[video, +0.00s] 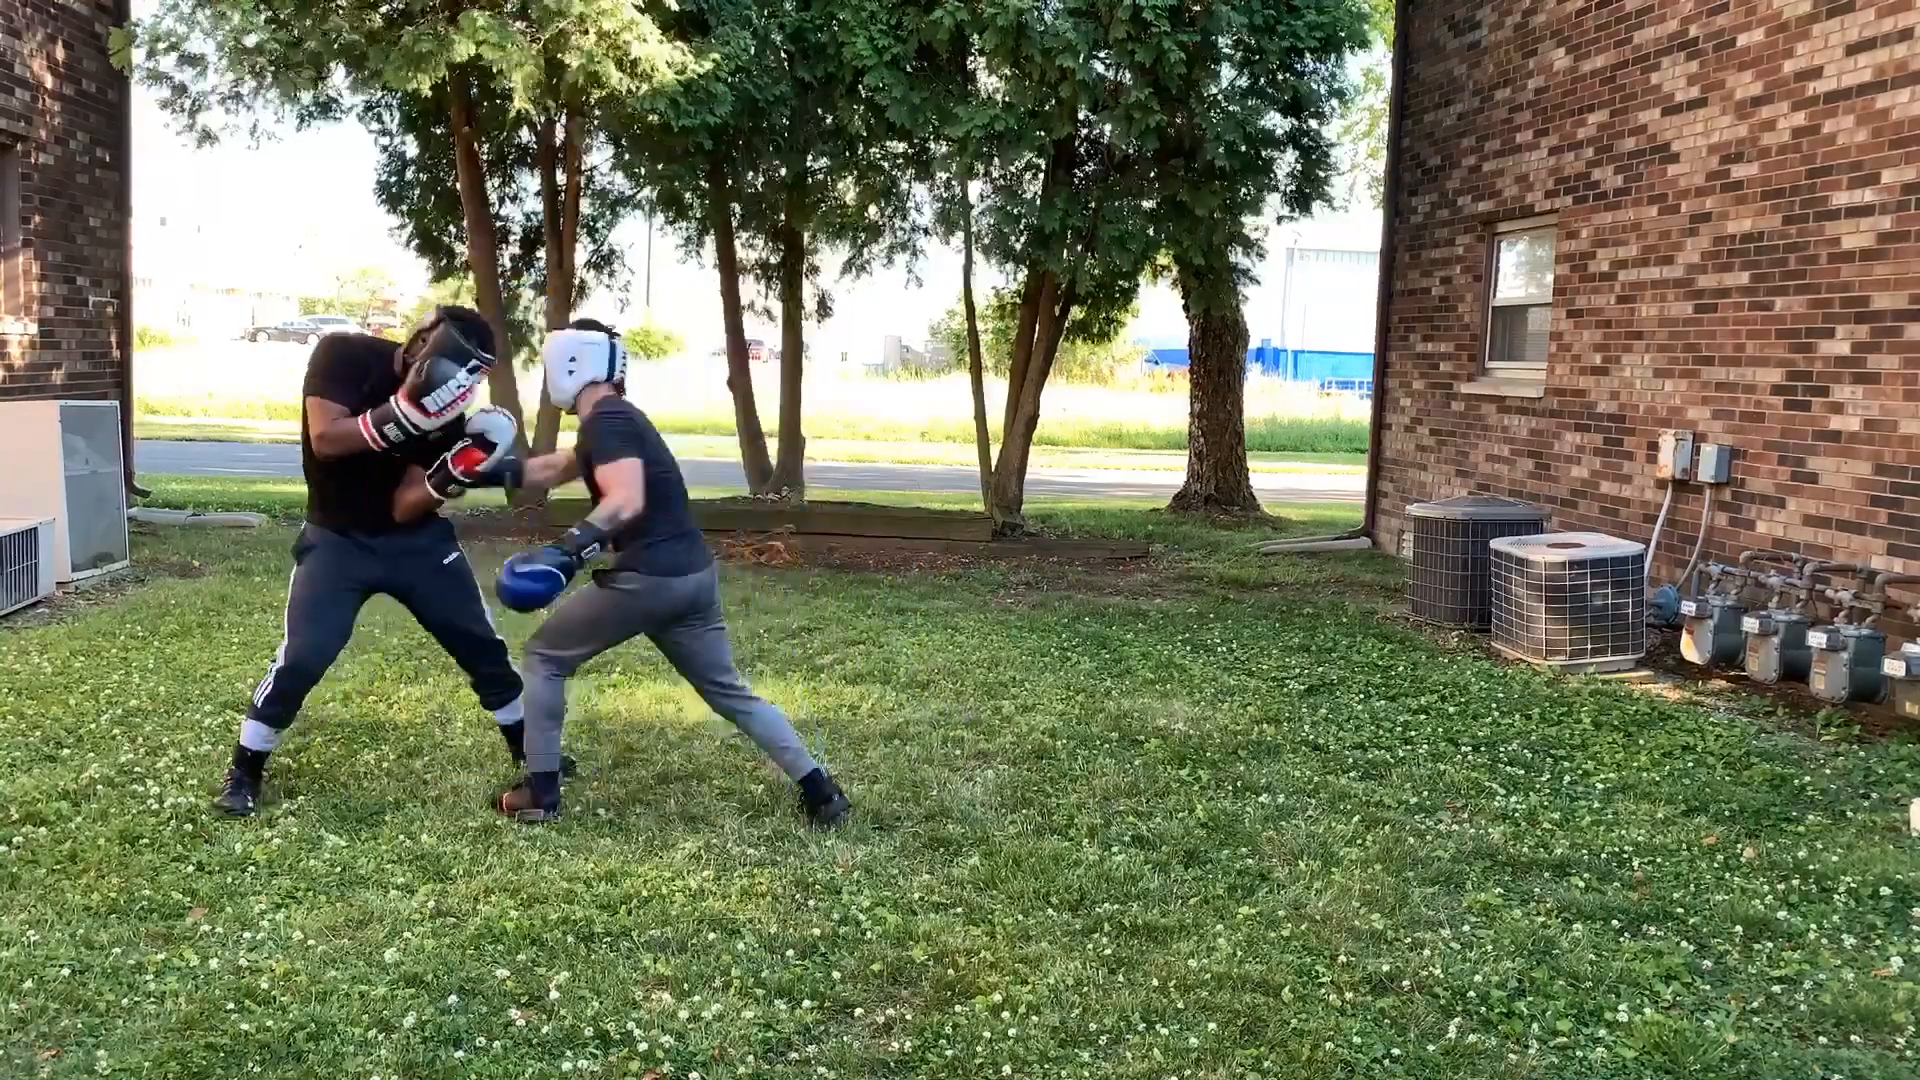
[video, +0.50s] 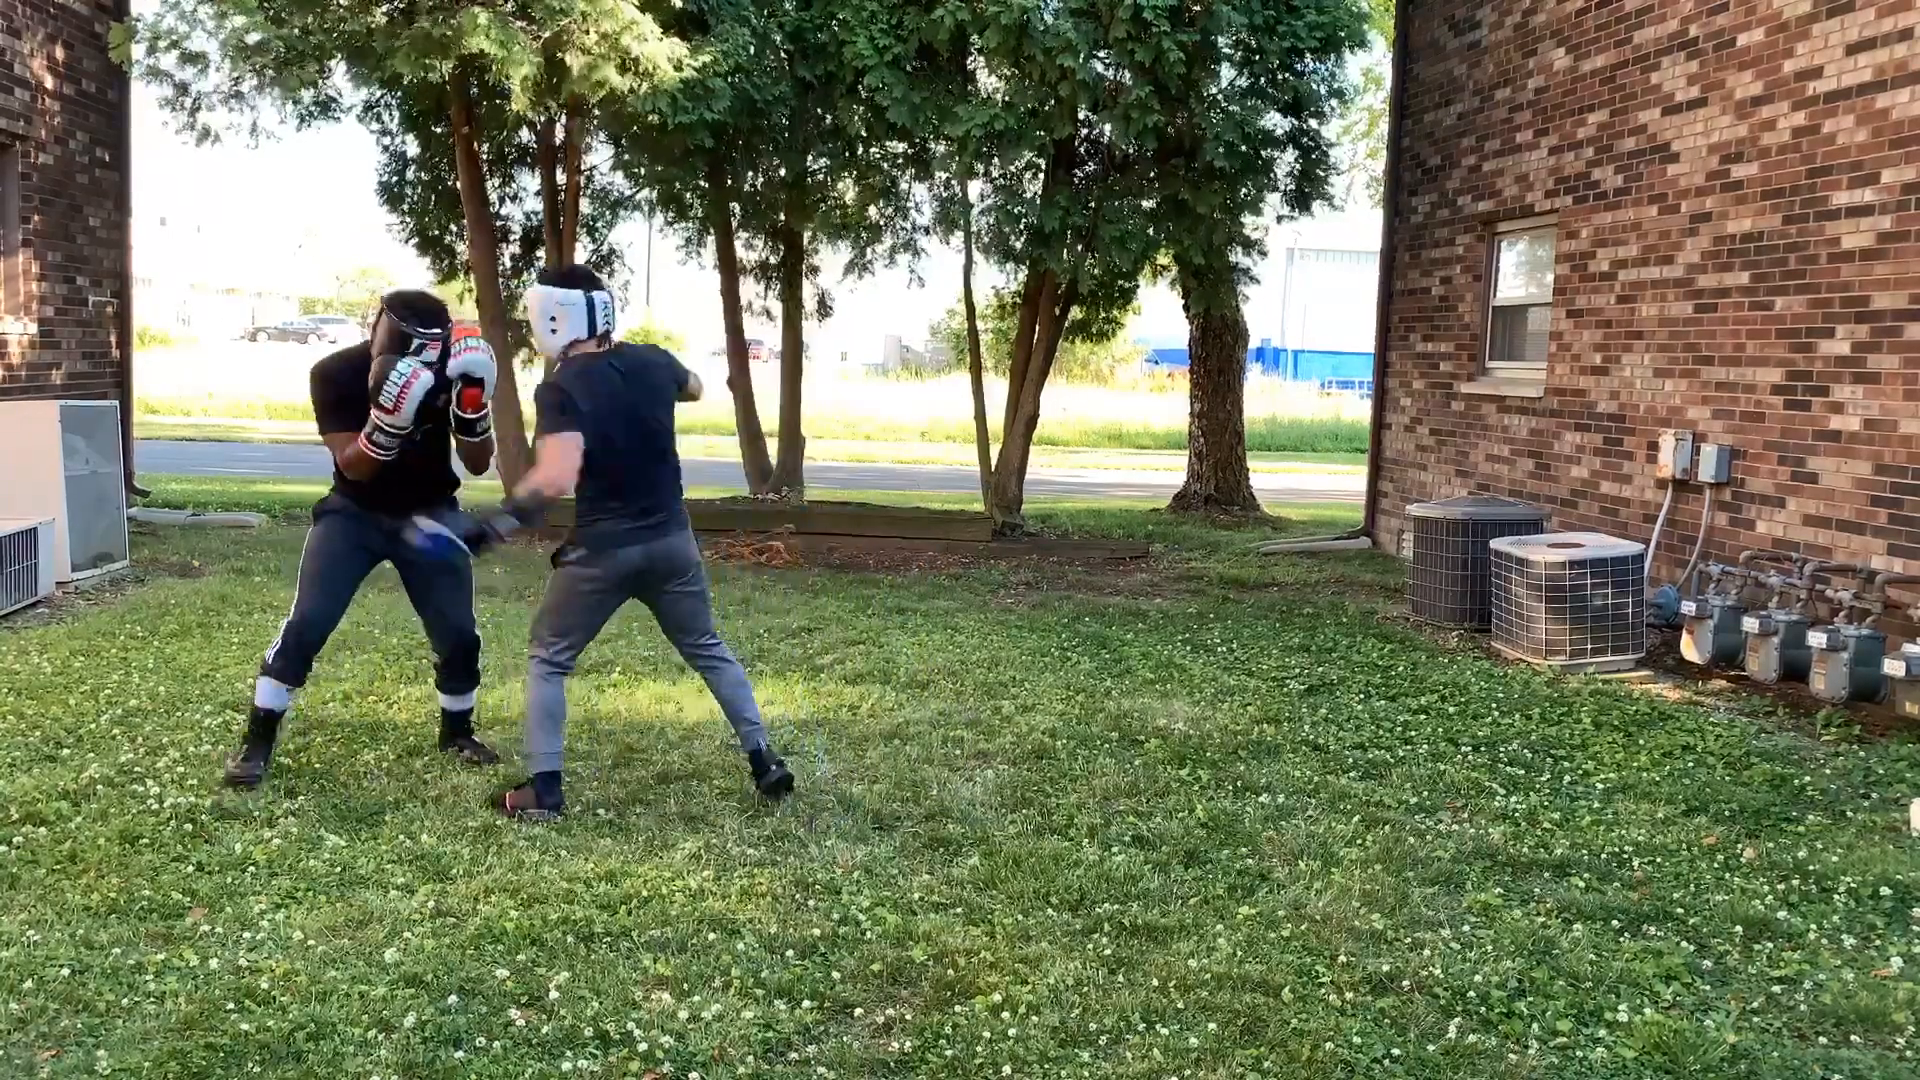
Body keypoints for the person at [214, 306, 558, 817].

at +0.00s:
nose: (442, 388)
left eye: (457, 382)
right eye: (439, 371)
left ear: (470, 381)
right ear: (420, 347)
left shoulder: (451, 417)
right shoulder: (342, 354)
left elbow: (405, 507)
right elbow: (324, 441)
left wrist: (450, 473)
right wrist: (401, 417)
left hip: (422, 545)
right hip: (337, 545)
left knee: (483, 650)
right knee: (304, 659)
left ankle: (533, 760)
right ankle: (246, 769)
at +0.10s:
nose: (434, 389)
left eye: (446, 379)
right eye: (428, 375)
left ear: (459, 372)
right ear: (405, 351)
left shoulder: (444, 395)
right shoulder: (329, 373)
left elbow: (422, 487)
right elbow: (326, 463)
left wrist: (452, 447)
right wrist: (376, 441)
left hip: (409, 539)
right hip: (326, 543)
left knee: (469, 645)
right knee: (296, 659)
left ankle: (515, 746)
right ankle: (245, 769)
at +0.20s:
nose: (440, 393)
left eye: (449, 385)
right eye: (435, 382)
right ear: (408, 359)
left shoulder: (422, 393)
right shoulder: (335, 400)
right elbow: (370, 486)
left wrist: (474, 425)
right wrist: (431, 449)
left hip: (410, 529)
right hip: (331, 536)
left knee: (469, 638)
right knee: (306, 652)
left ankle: (484, 744)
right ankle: (246, 767)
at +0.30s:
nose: (448, 390)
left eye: (459, 382)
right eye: (445, 376)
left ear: (466, 377)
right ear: (423, 352)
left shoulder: (447, 390)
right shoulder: (353, 390)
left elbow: (463, 468)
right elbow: (369, 484)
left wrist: (488, 422)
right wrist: (416, 438)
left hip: (419, 535)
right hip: (343, 532)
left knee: (465, 642)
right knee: (310, 645)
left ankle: (457, 731)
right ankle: (248, 759)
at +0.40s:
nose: (398, 368)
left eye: (413, 358)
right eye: (394, 353)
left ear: (444, 360)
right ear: (385, 344)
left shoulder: (458, 394)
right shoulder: (347, 378)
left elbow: (470, 484)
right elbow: (369, 471)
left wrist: (473, 424)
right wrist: (409, 421)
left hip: (430, 533)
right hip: (353, 529)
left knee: (462, 642)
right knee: (311, 634)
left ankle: (457, 734)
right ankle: (253, 749)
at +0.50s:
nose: (402, 364)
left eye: (417, 355)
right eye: (395, 350)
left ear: (436, 351)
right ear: (375, 333)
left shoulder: (448, 378)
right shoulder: (335, 374)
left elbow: (478, 465)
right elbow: (352, 467)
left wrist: (471, 405)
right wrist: (386, 423)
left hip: (431, 516)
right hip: (353, 512)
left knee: (459, 635)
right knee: (308, 624)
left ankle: (457, 736)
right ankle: (256, 747)